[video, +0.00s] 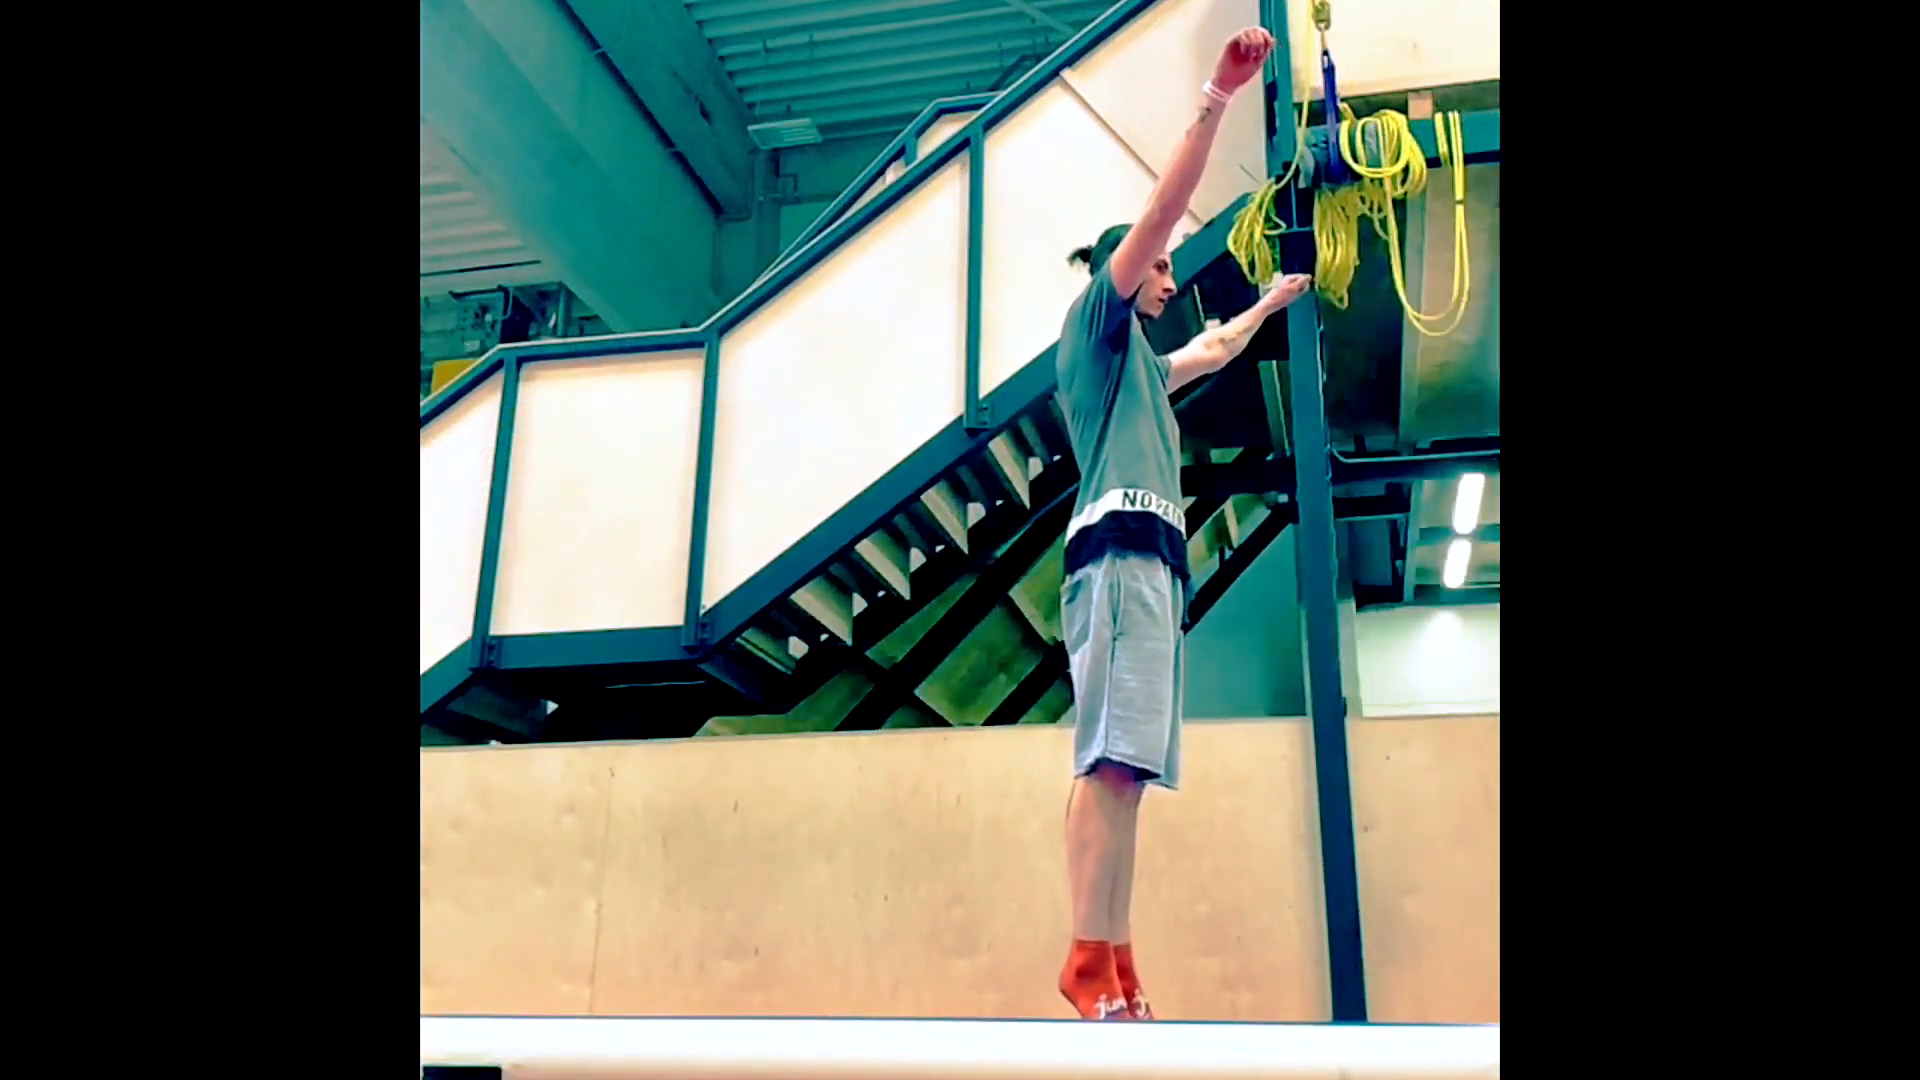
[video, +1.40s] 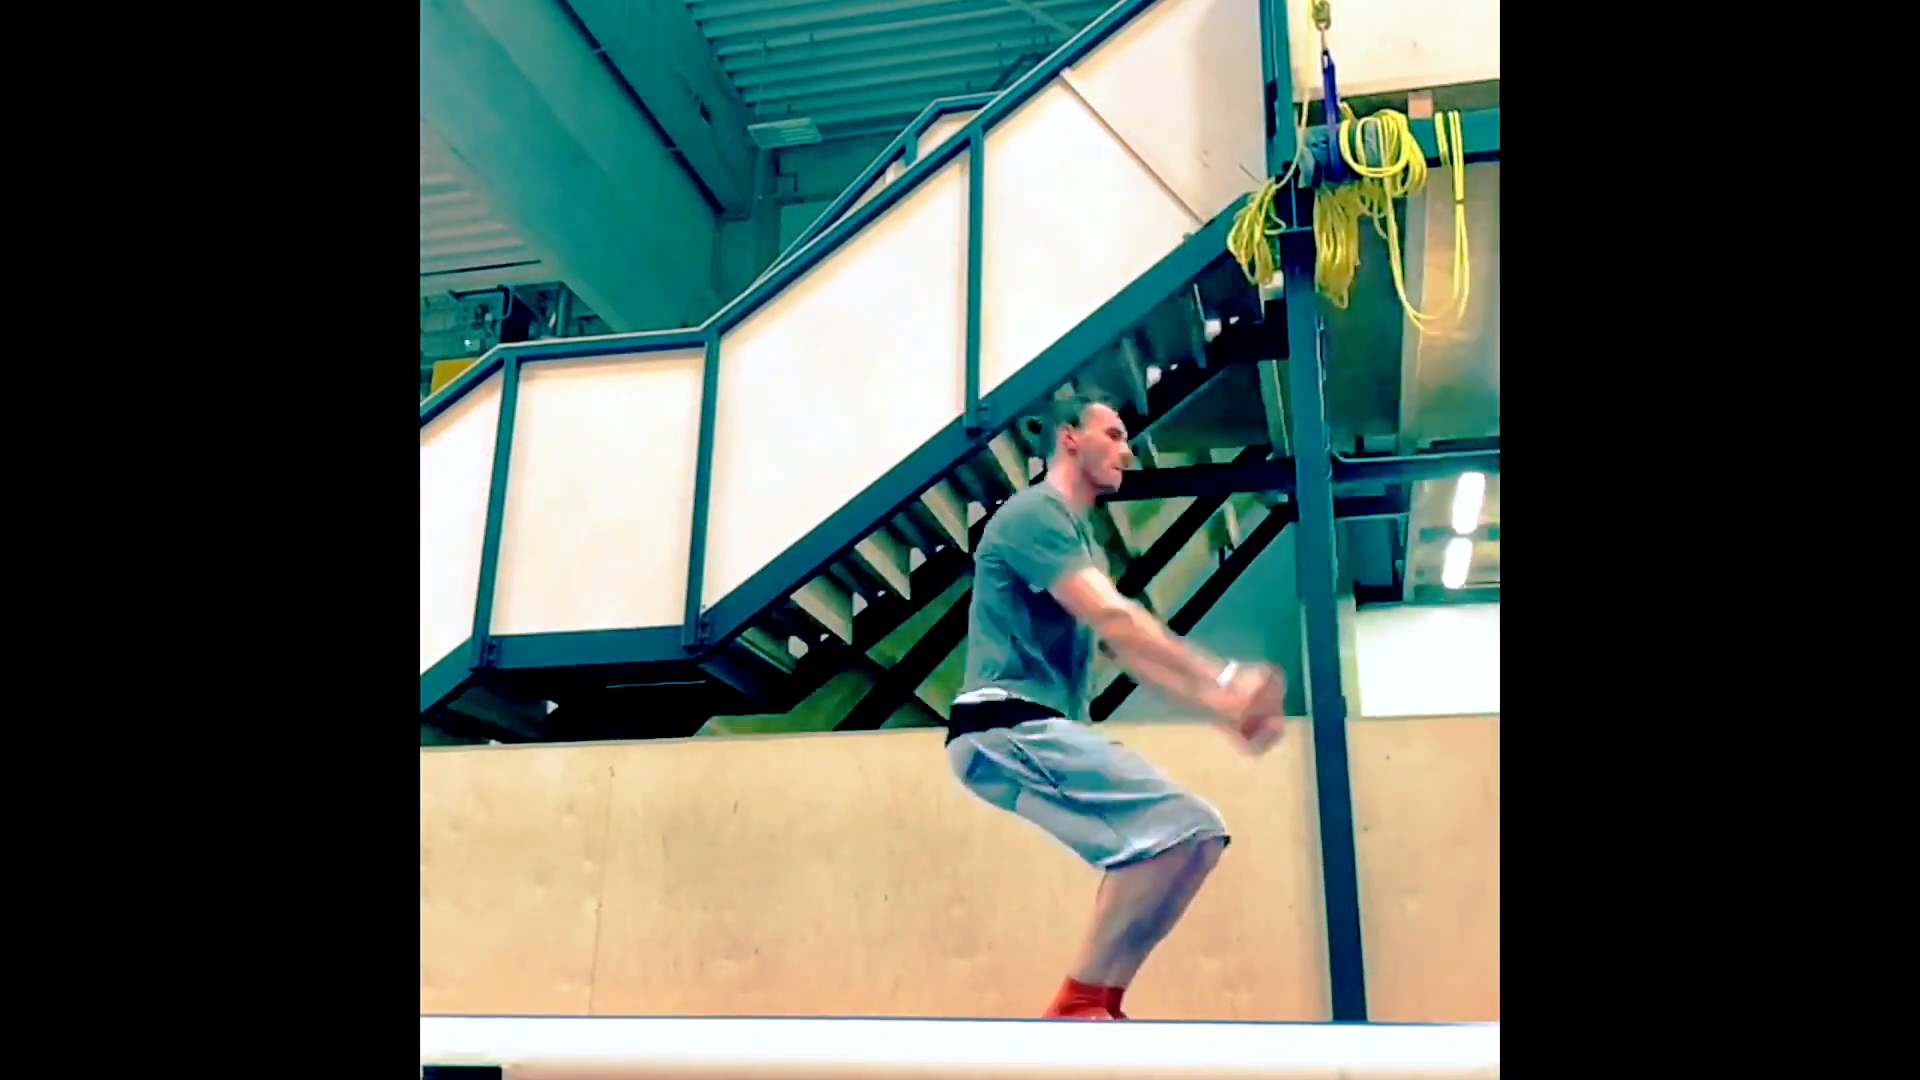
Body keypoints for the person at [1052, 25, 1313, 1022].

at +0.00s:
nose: (1164, 278)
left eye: (1166, 268)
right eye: (1153, 262)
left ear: (1148, 286)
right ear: (1118, 266)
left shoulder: (1137, 361)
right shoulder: (1097, 319)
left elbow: (1213, 345)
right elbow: (1165, 209)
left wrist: (1273, 299)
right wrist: (1215, 99)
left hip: (1149, 559)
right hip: (1120, 552)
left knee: (1127, 766)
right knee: (1112, 762)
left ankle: (1115, 964)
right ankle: (1086, 962)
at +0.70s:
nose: (1154, 270)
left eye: (1153, 260)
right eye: (1142, 258)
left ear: (1125, 274)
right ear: (1101, 265)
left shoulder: (1124, 362)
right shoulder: (1077, 312)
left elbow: (1229, 340)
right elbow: (1207, 264)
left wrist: (1322, 272)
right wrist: (1300, 190)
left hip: (1136, 561)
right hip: (1102, 552)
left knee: (1125, 768)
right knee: (1106, 758)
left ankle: (1118, 968)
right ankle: (1086, 961)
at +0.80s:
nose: (1164, 283)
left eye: (1163, 272)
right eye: (1152, 268)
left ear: (1128, 276)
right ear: (1106, 268)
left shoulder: (1128, 371)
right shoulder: (1076, 321)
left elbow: (1222, 405)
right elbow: (1213, 343)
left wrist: (1326, 373)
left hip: (1129, 565)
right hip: (1093, 555)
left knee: (1121, 766)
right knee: (1102, 760)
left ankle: (1119, 960)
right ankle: (1088, 955)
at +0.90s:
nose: (1188, 292)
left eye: (1192, 282)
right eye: (1177, 275)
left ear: (1162, 286)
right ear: (1134, 272)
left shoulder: (1140, 374)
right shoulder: (1096, 330)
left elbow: (1159, 495)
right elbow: (1130, 445)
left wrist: (1219, 566)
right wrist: (1214, 525)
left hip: (1120, 570)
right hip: (1077, 556)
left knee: (1137, 768)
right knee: (1109, 754)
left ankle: (1123, 957)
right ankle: (1090, 955)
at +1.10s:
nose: (1256, 452)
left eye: (1257, 439)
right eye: (1246, 435)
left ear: (1210, 438)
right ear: (1200, 430)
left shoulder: (1155, 490)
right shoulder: (1140, 455)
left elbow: (1071, 476)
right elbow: (1006, 389)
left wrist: (1039, 443)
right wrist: (913, 333)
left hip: (1038, 655)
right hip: (1016, 653)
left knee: (1152, 805)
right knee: (1157, 795)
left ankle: (1093, 987)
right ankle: (1074, 987)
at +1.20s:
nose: (1251, 535)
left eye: (1252, 522)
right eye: (1239, 517)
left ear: (1202, 520)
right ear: (1194, 513)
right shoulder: (1112, 531)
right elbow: (1009, 462)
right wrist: (924, 397)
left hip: (1028, 736)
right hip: (999, 731)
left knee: (1186, 834)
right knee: (1170, 831)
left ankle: (1090, 1003)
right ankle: (1077, 1005)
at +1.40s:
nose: (1126, 449)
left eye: (1125, 438)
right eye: (1113, 434)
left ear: (1083, 445)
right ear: (1068, 440)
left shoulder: (1080, 538)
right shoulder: (1030, 514)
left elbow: (1130, 652)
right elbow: (1113, 621)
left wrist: (1223, 708)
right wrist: (1217, 681)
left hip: (1044, 727)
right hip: (1003, 726)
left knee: (1200, 839)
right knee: (1169, 832)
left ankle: (1102, 1004)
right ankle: (1077, 1003)